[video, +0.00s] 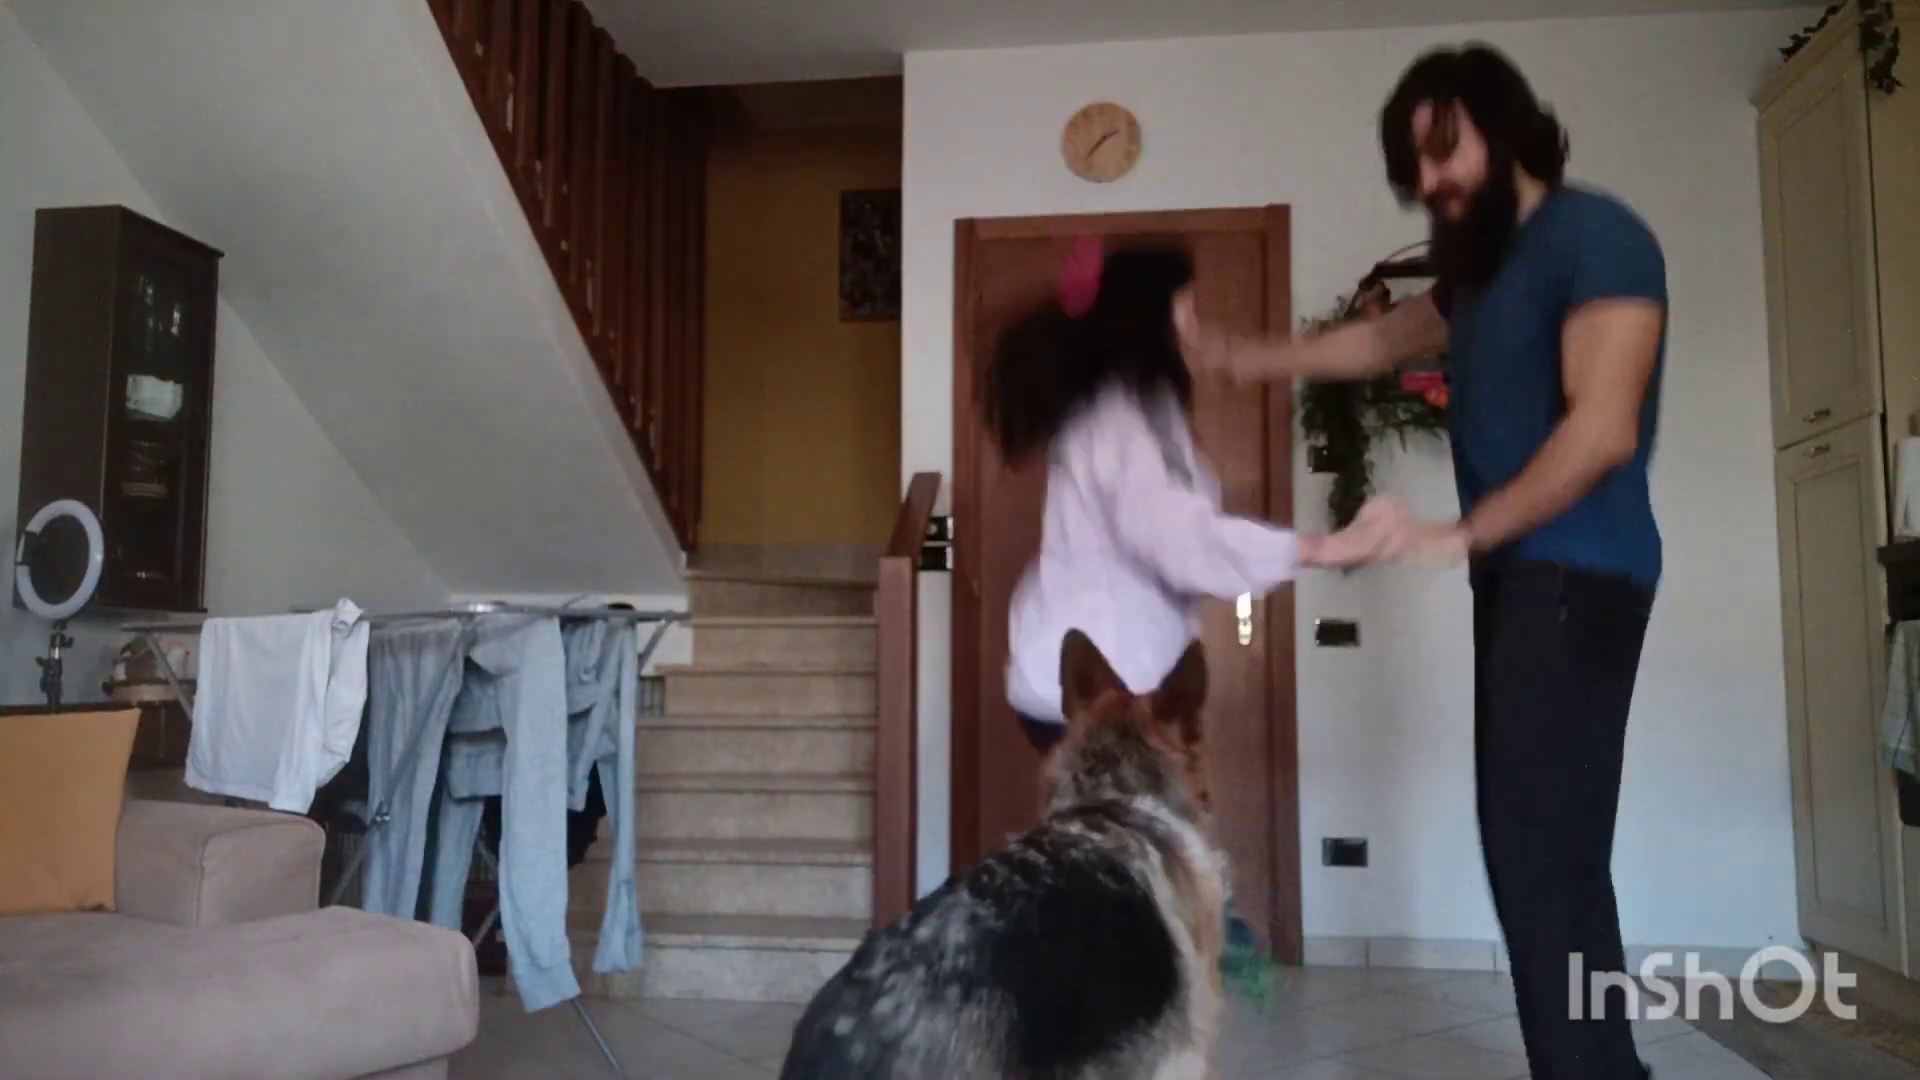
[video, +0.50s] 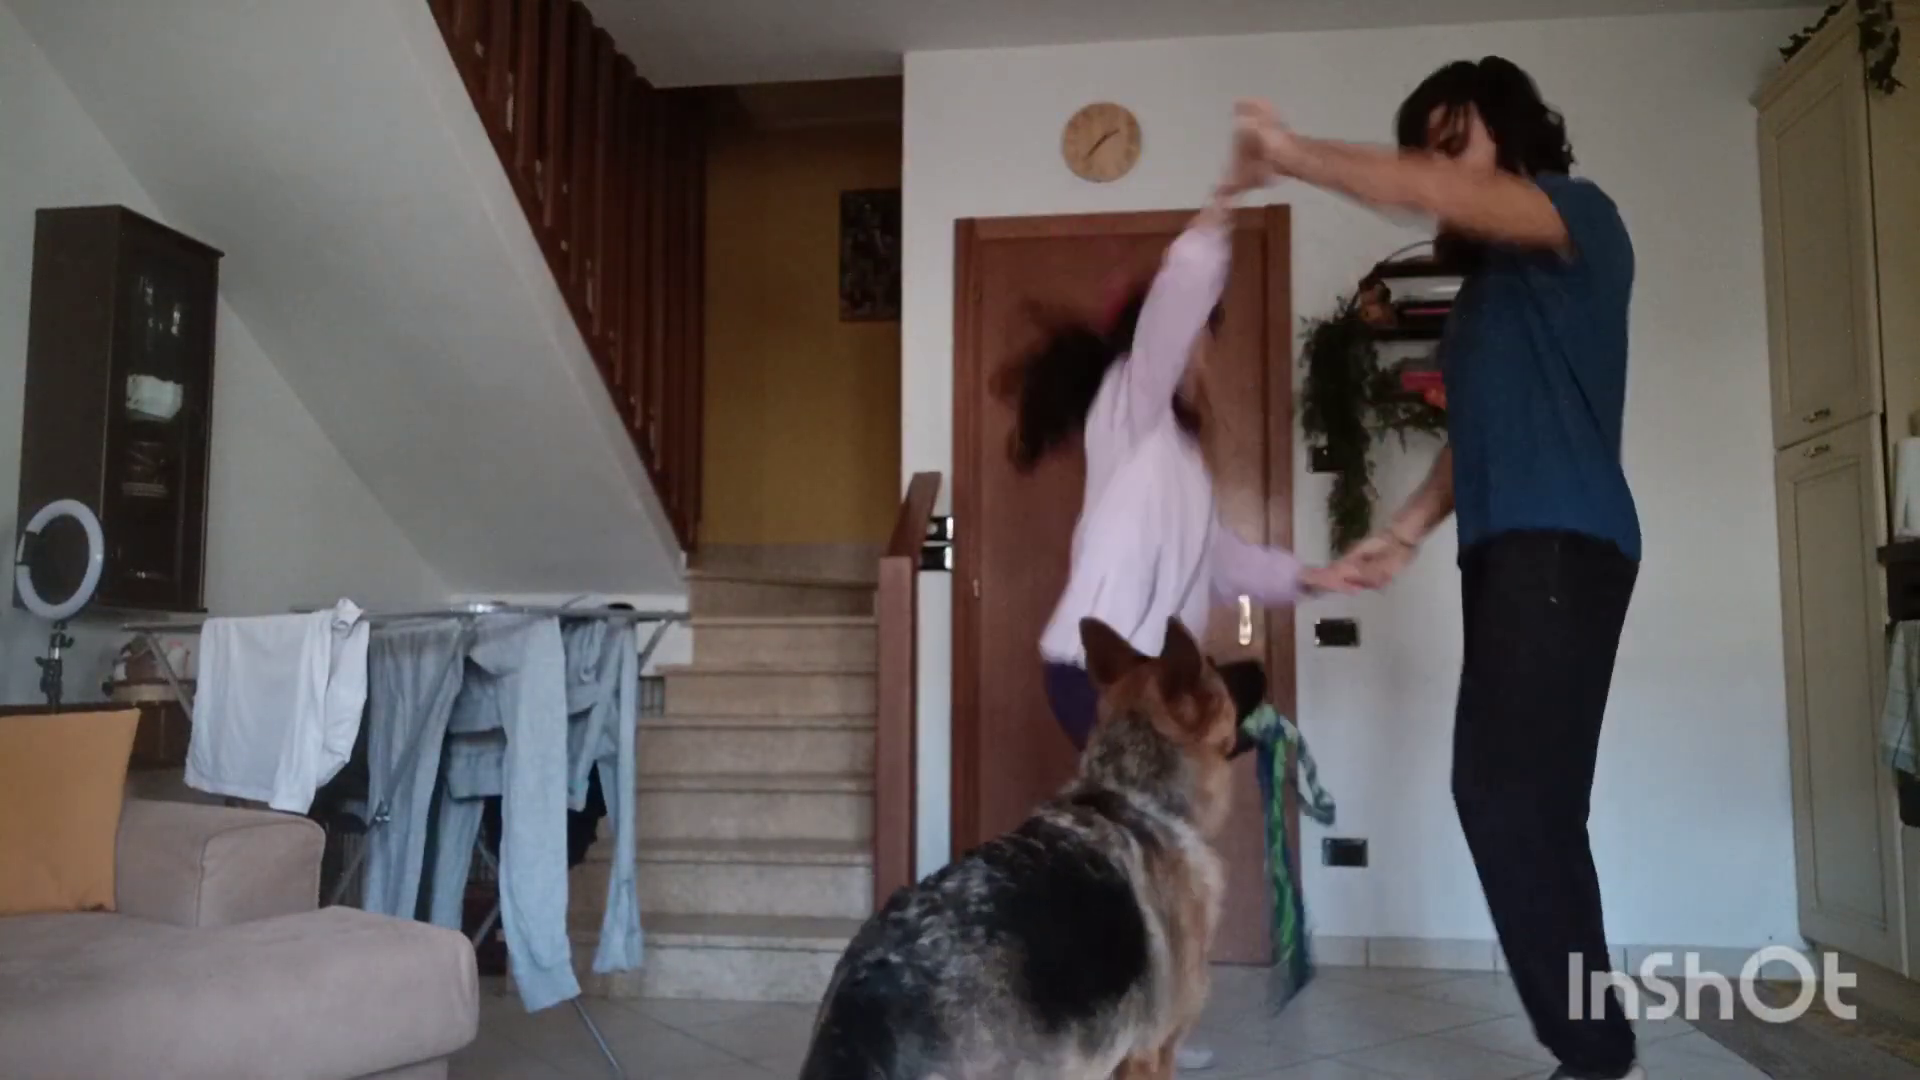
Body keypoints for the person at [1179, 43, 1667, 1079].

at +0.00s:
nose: (1430, 181)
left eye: (1444, 150)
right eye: (1416, 163)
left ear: (1505, 131)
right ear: (1414, 167)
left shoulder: (1596, 237)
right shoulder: (1493, 264)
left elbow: (1604, 432)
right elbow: (1383, 342)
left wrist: (1457, 534)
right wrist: (1235, 357)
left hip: (1576, 579)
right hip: (1521, 575)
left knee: (1541, 846)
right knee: (1532, 847)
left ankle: (1586, 1065)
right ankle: (1591, 1062)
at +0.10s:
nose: (1424, 162)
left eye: (1442, 131)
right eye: (1412, 145)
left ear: (1504, 111)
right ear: (1410, 150)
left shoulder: (1593, 215)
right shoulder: (1477, 247)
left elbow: (1604, 396)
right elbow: (1397, 364)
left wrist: (1456, 481)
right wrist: (1276, 421)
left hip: (1581, 558)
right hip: (1511, 560)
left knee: (1553, 829)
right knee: (1526, 827)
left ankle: (1607, 1064)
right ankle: (1597, 1060)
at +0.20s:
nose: (1429, 190)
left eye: (1444, 159)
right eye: (1416, 172)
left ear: (1507, 147)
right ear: (1414, 179)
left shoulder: (1591, 246)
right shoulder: (1477, 282)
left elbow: (1584, 406)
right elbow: (1419, 417)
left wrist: (1416, 420)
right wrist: (1305, 477)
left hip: (1576, 593)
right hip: (1506, 591)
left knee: (1552, 857)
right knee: (1533, 856)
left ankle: (1632, 1067)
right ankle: (1629, 1063)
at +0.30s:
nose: (1432, 210)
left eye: (1451, 183)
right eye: (1422, 192)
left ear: (1509, 182)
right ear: (1419, 205)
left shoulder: (1582, 271)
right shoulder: (1486, 313)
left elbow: (1538, 388)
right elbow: (1447, 450)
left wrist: (1379, 323)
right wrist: (1337, 524)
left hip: (1574, 620)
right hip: (1505, 623)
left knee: (1540, 865)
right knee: (1508, 866)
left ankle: (1634, 1072)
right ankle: (1611, 1068)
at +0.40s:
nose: (1442, 184)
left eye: (1460, 157)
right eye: (1429, 169)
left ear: (1512, 155)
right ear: (1427, 184)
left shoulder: (1586, 245)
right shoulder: (1476, 292)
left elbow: (1493, 287)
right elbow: (1462, 446)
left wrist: (1347, 208)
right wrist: (1374, 528)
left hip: (1568, 578)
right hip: (1504, 580)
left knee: (1525, 830)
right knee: (1511, 830)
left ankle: (1610, 1066)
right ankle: (1601, 1062)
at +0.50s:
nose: (1445, 170)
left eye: (1453, 142)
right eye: (1430, 157)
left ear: (1508, 122)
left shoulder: (1582, 215)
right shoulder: (1508, 269)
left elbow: (1437, 193)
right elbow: (1480, 429)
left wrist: (1290, 154)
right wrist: (1402, 531)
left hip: (1560, 544)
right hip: (1512, 551)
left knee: (1500, 787)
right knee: (1529, 796)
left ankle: (1593, 1051)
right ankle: (1590, 1048)